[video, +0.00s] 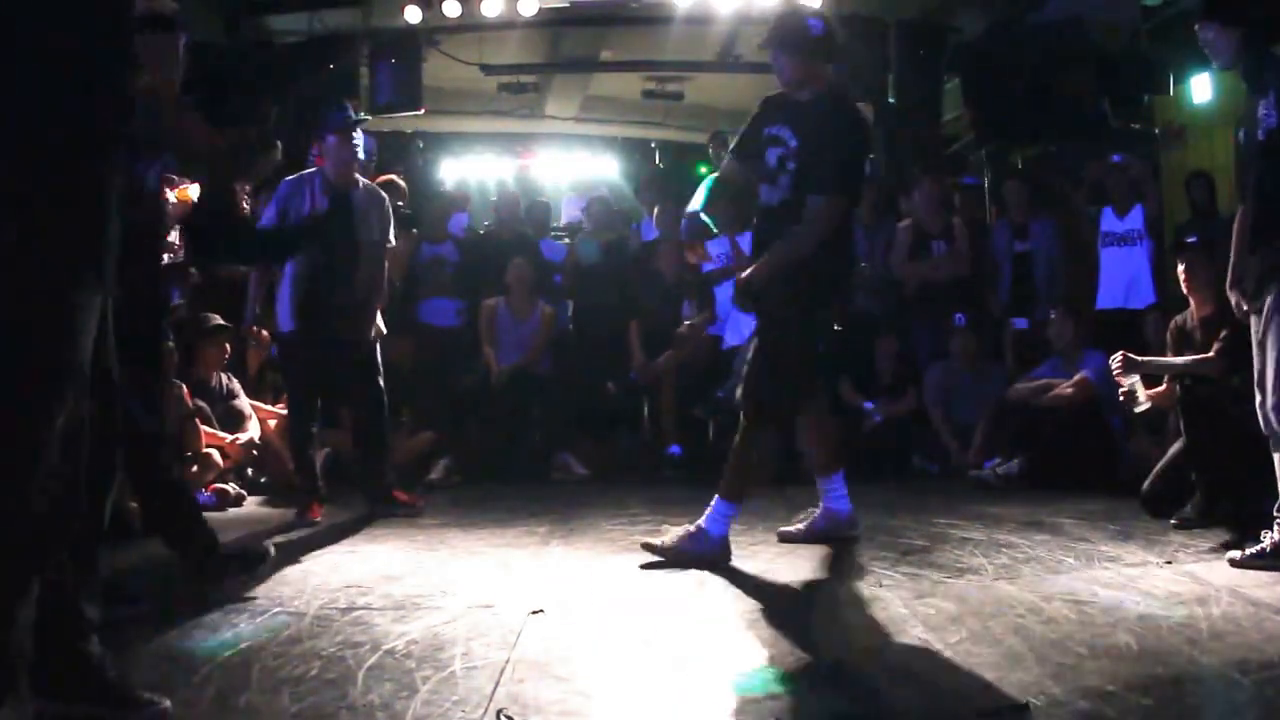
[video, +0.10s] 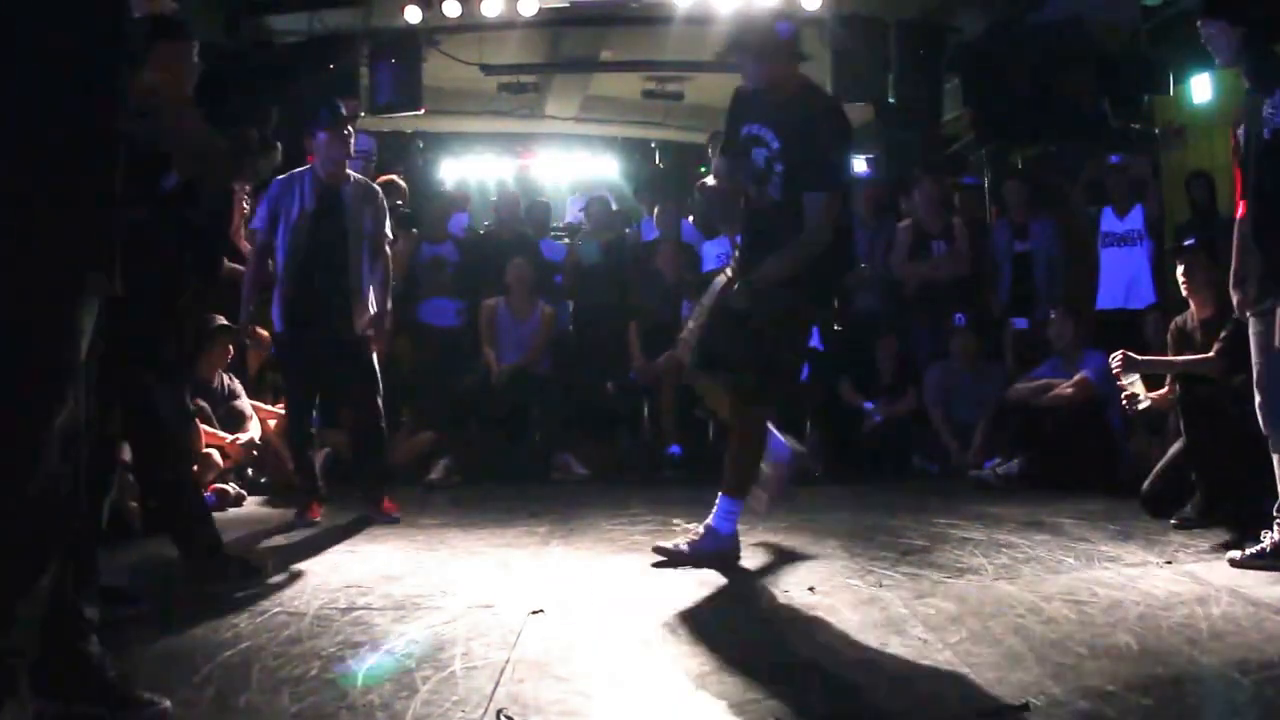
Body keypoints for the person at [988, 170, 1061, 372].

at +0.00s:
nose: (1015, 200)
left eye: (1019, 194)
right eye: (1010, 195)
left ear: (1027, 196)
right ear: (1004, 199)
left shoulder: (1045, 228)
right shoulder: (999, 230)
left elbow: (1054, 265)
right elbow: (995, 268)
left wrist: (1054, 297)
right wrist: (996, 299)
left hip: (1039, 295)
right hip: (1009, 298)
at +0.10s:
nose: (1014, 199)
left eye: (1018, 193)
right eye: (1010, 194)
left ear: (1027, 196)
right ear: (1004, 198)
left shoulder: (1044, 227)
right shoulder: (999, 230)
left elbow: (1054, 264)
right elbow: (996, 268)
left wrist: (1054, 296)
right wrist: (996, 299)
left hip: (1039, 295)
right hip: (1009, 297)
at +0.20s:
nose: (1014, 198)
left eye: (1018, 192)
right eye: (1009, 193)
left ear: (1027, 195)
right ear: (1004, 197)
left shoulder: (1044, 227)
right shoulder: (999, 230)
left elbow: (1054, 263)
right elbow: (996, 267)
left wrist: (1054, 294)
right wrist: (997, 298)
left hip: (1038, 293)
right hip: (1010, 296)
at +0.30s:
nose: (1015, 198)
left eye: (1019, 193)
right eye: (1010, 193)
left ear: (1027, 195)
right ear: (1004, 197)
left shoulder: (1044, 227)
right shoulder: (999, 230)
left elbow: (1054, 264)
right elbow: (996, 268)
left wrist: (1053, 296)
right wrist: (997, 299)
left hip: (1039, 296)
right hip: (1010, 298)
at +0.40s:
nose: (1015, 198)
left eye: (1019, 192)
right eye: (1010, 193)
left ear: (1027, 195)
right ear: (1004, 197)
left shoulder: (1045, 227)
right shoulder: (999, 230)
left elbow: (1053, 264)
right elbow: (997, 268)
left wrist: (1053, 295)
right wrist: (998, 299)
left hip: (1039, 294)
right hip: (1010, 297)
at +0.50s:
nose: (1016, 198)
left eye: (1019, 192)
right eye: (1011, 193)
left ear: (1027, 195)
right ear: (1005, 197)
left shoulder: (1044, 227)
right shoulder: (999, 230)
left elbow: (1052, 262)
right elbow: (996, 265)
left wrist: (1052, 291)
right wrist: (997, 295)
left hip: (1037, 289)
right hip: (1010, 292)